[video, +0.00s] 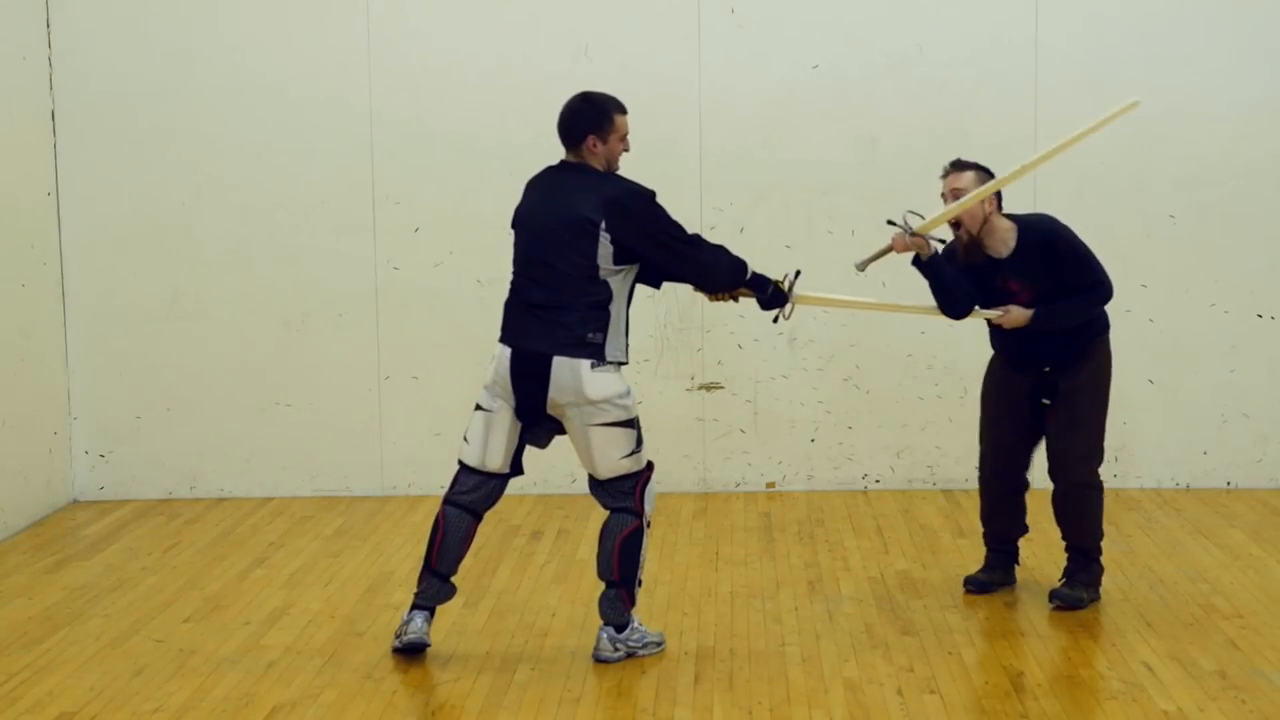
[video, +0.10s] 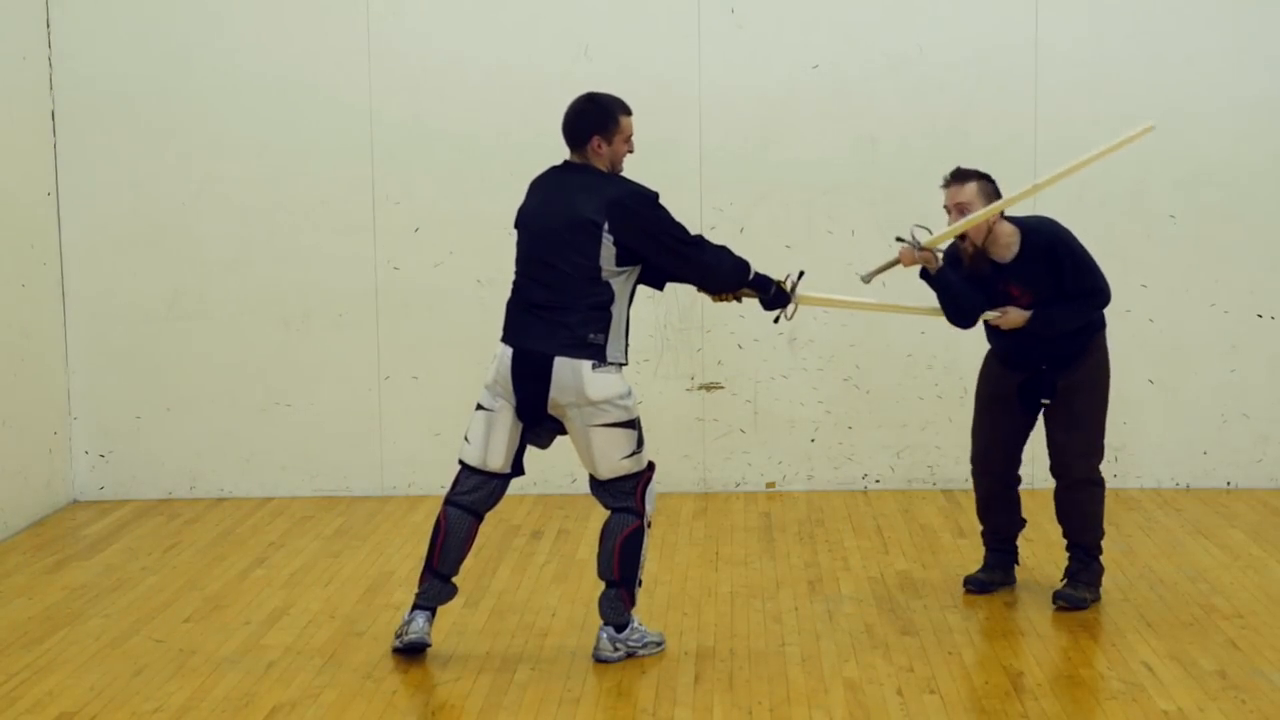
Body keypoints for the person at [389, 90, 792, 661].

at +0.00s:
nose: (626, 148)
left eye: (625, 137)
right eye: (622, 138)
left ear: (575, 141)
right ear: (594, 141)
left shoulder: (537, 190)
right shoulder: (621, 199)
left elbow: (617, 258)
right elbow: (690, 253)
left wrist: (695, 275)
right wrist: (757, 282)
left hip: (516, 362)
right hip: (588, 370)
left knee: (472, 485)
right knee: (626, 495)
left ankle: (420, 613)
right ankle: (617, 628)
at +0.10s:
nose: (630, 149)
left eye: (629, 139)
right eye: (625, 140)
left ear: (579, 141)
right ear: (599, 141)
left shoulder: (541, 190)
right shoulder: (625, 201)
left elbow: (619, 258)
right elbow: (692, 254)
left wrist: (697, 277)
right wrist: (760, 283)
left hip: (517, 362)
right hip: (589, 370)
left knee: (473, 485)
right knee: (627, 495)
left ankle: (421, 613)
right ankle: (616, 627)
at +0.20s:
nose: (635, 149)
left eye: (635, 139)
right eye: (631, 139)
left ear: (583, 142)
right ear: (604, 143)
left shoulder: (545, 190)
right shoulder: (628, 202)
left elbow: (627, 257)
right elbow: (696, 255)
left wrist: (706, 280)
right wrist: (763, 283)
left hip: (520, 362)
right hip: (592, 371)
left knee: (474, 485)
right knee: (628, 495)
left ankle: (422, 612)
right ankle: (617, 627)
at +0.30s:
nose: (641, 152)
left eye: (641, 142)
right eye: (637, 143)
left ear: (591, 144)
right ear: (610, 143)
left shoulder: (550, 188)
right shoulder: (633, 202)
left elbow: (632, 257)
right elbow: (700, 257)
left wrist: (709, 282)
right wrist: (764, 283)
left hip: (523, 362)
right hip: (595, 372)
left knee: (477, 484)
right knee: (630, 496)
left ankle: (423, 610)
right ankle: (617, 627)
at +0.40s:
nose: (649, 152)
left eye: (649, 143)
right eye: (646, 143)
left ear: (599, 145)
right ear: (619, 145)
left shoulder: (555, 188)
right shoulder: (639, 204)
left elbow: (635, 257)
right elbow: (703, 258)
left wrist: (711, 282)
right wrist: (765, 285)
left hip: (526, 361)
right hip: (599, 373)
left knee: (479, 483)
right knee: (631, 496)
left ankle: (425, 608)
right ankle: (618, 627)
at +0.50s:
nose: (655, 156)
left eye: (656, 146)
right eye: (652, 146)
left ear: (608, 144)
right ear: (627, 145)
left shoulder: (561, 186)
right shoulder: (644, 205)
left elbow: (643, 256)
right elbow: (704, 259)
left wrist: (716, 285)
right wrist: (767, 288)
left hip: (527, 359)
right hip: (600, 371)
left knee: (481, 481)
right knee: (632, 496)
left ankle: (427, 605)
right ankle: (617, 627)